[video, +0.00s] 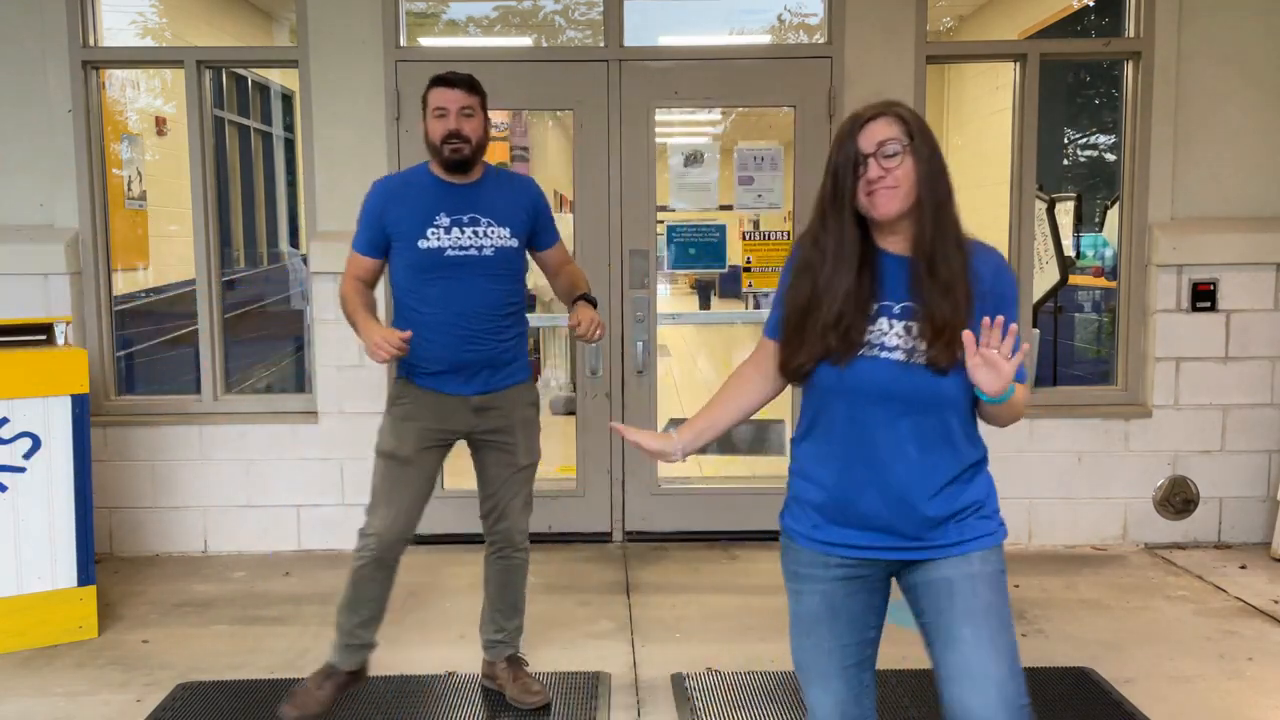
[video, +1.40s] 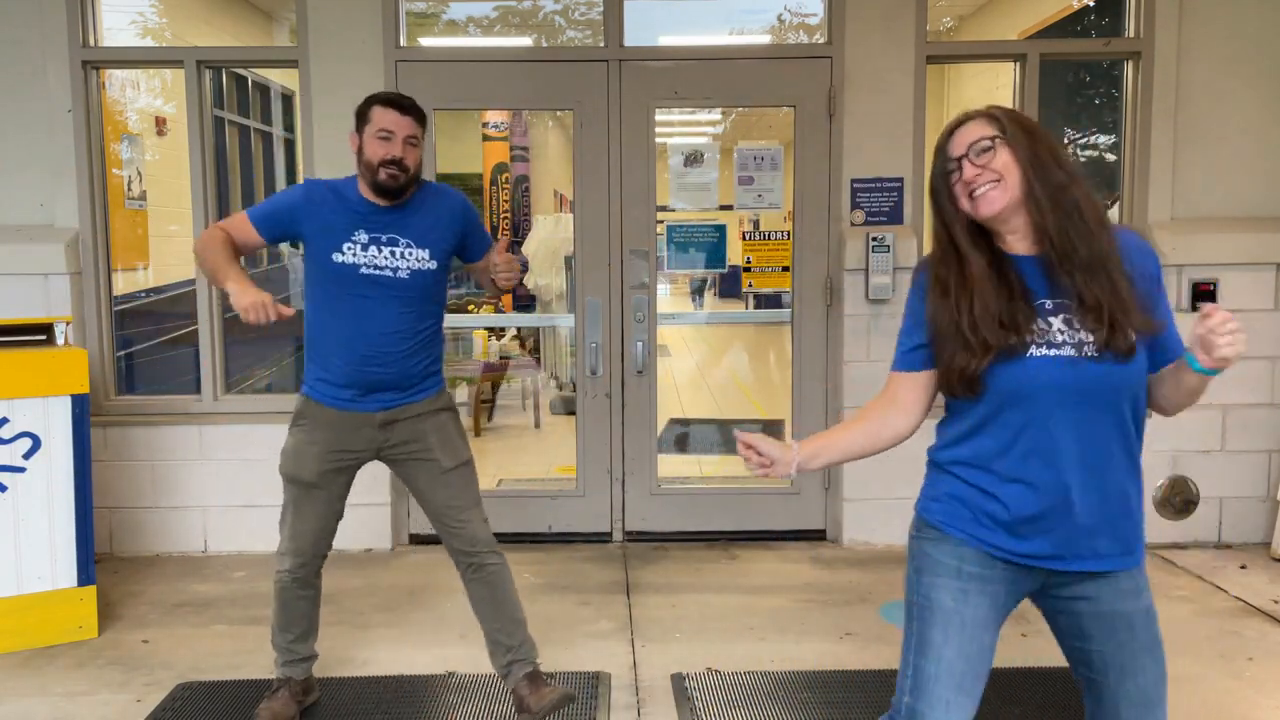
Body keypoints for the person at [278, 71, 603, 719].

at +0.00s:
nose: (455, 125)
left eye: (467, 114)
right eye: (442, 115)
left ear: (486, 123)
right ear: (423, 127)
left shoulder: (521, 196)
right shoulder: (390, 197)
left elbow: (561, 269)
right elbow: (354, 283)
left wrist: (581, 303)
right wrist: (369, 328)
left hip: (506, 395)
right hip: (421, 395)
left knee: (510, 535)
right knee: (381, 537)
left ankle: (503, 659)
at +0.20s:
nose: (385, 131)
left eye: (398, 121)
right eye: (373, 120)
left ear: (418, 133)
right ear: (354, 132)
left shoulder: (459, 202)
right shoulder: (320, 203)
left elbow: (528, 258)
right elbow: (265, 286)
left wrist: (557, 312)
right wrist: (269, 339)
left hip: (438, 404)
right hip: (348, 408)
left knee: (477, 539)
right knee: (318, 545)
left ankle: (502, 660)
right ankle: (295, 676)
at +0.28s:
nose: (357, 126)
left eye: (371, 116)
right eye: (345, 115)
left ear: (391, 129)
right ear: (326, 128)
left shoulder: (432, 195)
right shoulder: (292, 198)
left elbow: (485, 266)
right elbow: (244, 282)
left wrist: (506, 327)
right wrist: (262, 342)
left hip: (414, 400)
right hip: (323, 402)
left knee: (460, 533)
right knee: (305, 542)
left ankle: (497, 657)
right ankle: (294, 676)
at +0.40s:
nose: (324, 132)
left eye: (337, 121)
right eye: (311, 121)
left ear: (356, 133)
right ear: (293, 134)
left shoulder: (400, 205)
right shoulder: (263, 210)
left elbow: (419, 292)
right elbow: (228, 298)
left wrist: (418, 331)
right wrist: (256, 355)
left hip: (391, 404)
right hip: (300, 410)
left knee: (441, 534)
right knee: (284, 552)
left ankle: (474, 652)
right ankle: (293, 676)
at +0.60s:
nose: (288, 129)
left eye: (299, 117)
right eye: (273, 119)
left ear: (318, 128)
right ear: (253, 133)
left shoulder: (365, 191)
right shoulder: (230, 214)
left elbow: (406, 269)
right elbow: (214, 302)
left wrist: (403, 283)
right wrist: (219, 307)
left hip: (372, 396)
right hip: (284, 405)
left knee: (404, 524)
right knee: (278, 547)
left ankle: (390, 659)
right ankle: (292, 675)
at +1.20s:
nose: (328, 146)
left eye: (340, 135)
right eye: (315, 133)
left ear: (355, 147)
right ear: (289, 143)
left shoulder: (392, 209)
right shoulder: (253, 221)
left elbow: (406, 293)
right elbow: (205, 297)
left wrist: (425, 287)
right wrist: (238, 334)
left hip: (386, 409)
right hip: (295, 419)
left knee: (437, 533)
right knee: (282, 559)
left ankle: (463, 669)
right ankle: (292, 678)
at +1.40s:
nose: (397, 151)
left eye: (410, 142)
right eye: (384, 137)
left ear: (423, 153)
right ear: (357, 142)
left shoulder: (449, 209)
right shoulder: (313, 202)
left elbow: (492, 269)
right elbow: (213, 240)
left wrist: (506, 272)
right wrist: (241, 287)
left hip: (421, 414)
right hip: (328, 416)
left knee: (475, 545)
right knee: (298, 558)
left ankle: (523, 674)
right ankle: (292, 679)